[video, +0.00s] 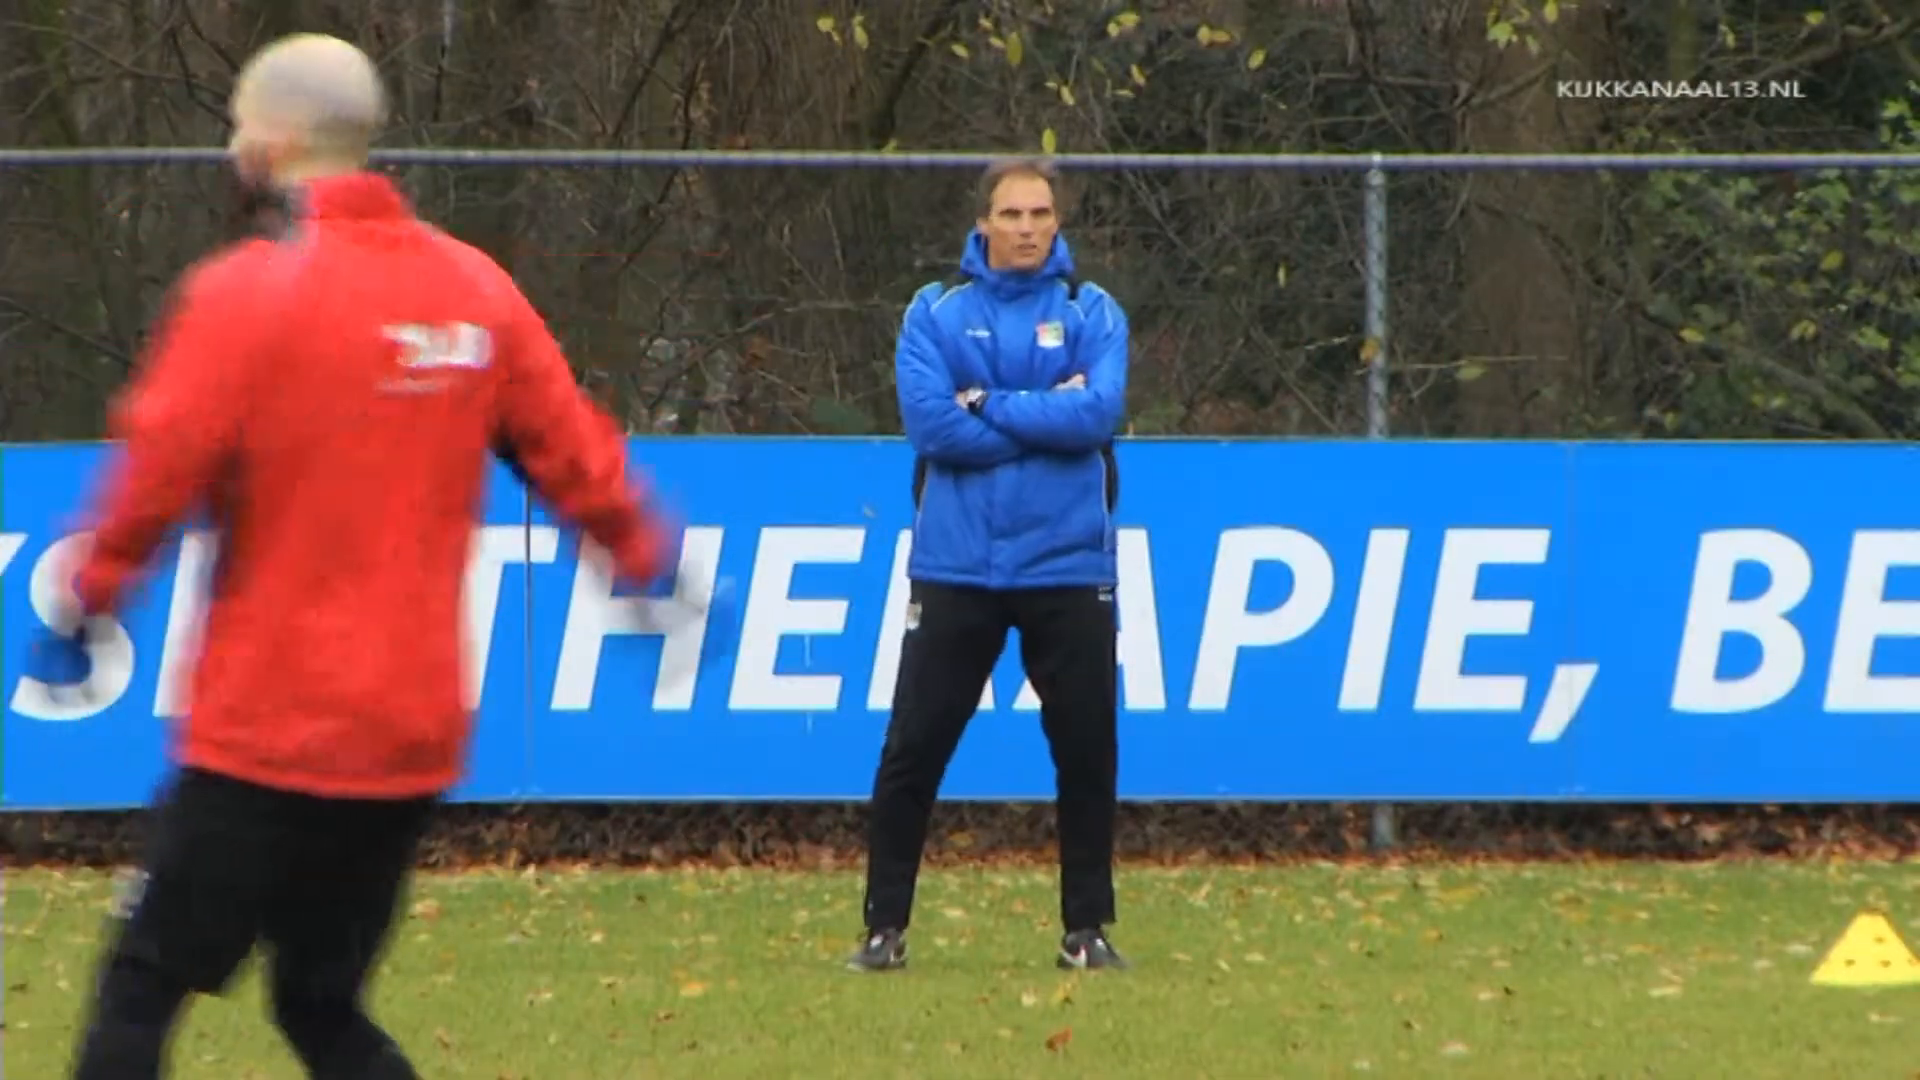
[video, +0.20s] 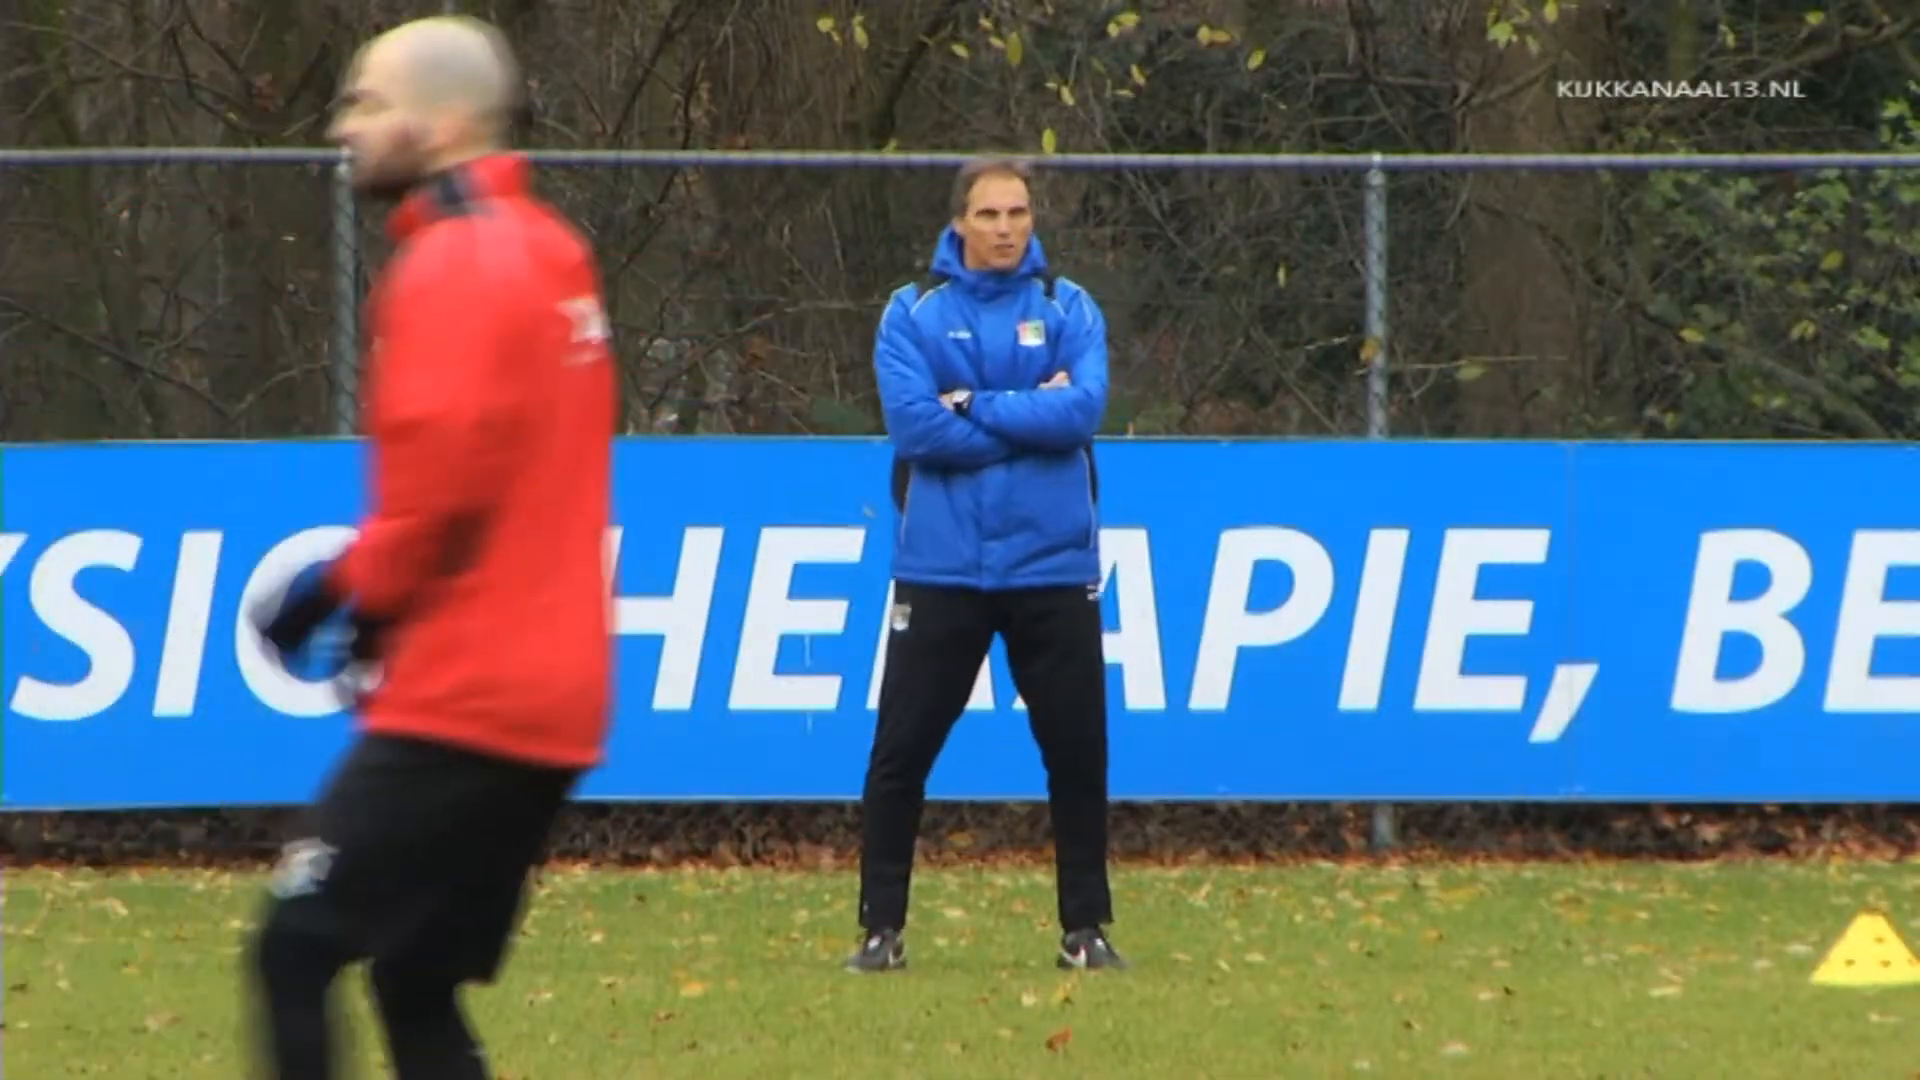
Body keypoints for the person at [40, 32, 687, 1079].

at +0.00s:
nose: (233, 146)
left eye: (241, 127)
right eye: (238, 126)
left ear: (271, 140)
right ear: (363, 138)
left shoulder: (246, 289)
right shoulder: (477, 287)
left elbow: (164, 465)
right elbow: (571, 451)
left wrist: (85, 589)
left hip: (266, 725)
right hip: (413, 727)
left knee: (140, 990)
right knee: (321, 1002)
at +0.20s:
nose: (343, 128)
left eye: (365, 106)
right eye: (349, 105)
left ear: (441, 120)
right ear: (461, 124)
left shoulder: (456, 257)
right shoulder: (553, 250)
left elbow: (444, 476)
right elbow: (521, 489)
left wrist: (346, 587)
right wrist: (386, 601)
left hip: (469, 694)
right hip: (549, 696)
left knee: (294, 947)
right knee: (417, 977)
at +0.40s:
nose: (532, 108)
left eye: (560, 91)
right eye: (535, 86)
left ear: (640, 117)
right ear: (542, 98)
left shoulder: (701, 262)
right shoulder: (568, 253)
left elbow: (717, 459)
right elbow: (539, 438)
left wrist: (575, 561)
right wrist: (442, 474)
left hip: (651, 683)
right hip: (562, 672)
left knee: (528, 981)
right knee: (495, 977)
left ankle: (661, 1065)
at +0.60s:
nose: (760, 152)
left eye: (795, 136)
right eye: (758, 130)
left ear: (875, 167)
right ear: (747, 138)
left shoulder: (943, 321)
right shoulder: (724, 283)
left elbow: (995, 518)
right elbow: (671, 460)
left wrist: (861, 572)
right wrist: (607, 528)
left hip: (880, 753)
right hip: (736, 736)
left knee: (838, 1020)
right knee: (634, 995)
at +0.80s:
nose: (1077, 90)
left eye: (1096, 66)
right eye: (1050, 64)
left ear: (1121, 77)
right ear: (986, 70)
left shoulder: (1181, 220)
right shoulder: (899, 212)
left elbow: (1273, 376)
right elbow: (810, 359)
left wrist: (1172, 460)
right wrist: (831, 457)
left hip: (1110, 645)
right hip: (944, 637)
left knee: (1051, 924)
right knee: (888, 904)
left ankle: (1027, 1067)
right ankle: (882, 1065)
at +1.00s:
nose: (1324, 174)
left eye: (1349, 151)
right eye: (1300, 145)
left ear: (1382, 164)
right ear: (1247, 144)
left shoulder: (1415, 313)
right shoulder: (1158, 283)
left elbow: (1439, 469)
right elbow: (1032, 456)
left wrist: (1414, 552)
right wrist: (1134, 566)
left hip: (1318, 735)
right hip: (1149, 734)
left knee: (1414, 962)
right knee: (1079, 1013)